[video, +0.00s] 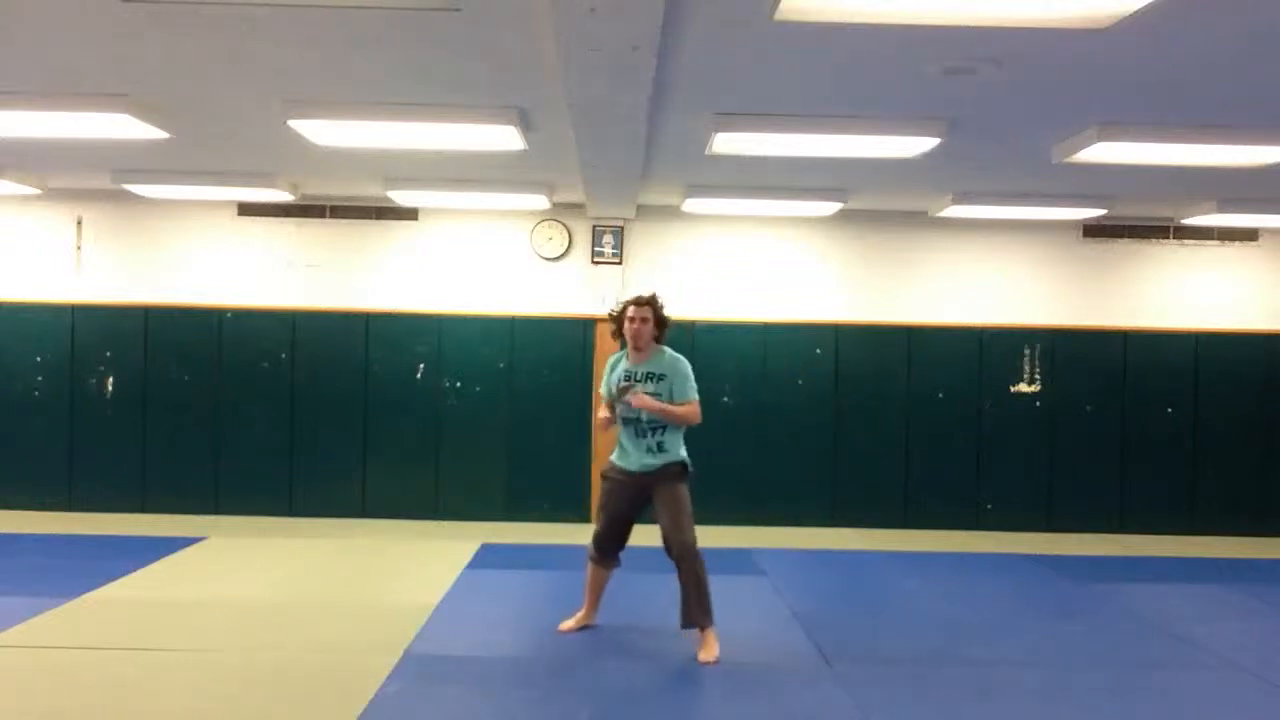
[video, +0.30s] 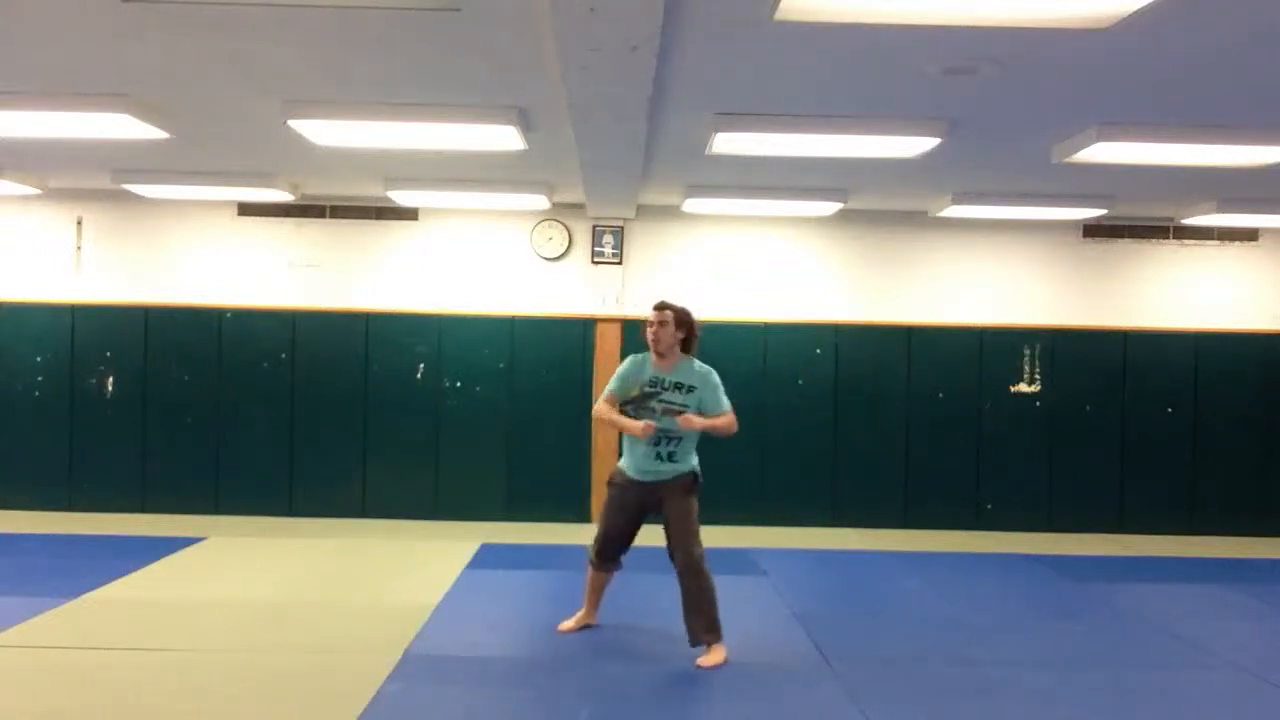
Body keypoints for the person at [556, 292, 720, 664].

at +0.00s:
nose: (635, 327)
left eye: (643, 321)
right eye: (630, 320)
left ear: (656, 327)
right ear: (623, 325)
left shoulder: (676, 364)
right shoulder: (614, 364)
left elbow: (693, 415)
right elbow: (604, 410)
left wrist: (653, 405)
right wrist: (607, 413)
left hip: (668, 466)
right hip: (624, 465)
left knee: (682, 546)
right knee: (604, 542)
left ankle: (706, 633)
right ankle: (588, 612)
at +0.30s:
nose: (653, 330)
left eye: (662, 325)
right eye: (650, 324)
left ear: (681, 332)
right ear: (646, 331)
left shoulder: (703, 376)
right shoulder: (633, 366)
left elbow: (730, 424)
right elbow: (600, 409)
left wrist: (701, 423)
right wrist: (630, 425)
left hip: (678, 479)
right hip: (631, 476)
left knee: (688, 558)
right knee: (604, 549)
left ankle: (713, 643)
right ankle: (588, 612)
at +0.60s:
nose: (640, 332)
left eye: (647, 326)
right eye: (640, 326)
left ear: (670, 332)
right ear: (646, 333)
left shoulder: (706, 370)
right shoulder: (634, 367)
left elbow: (729, 411)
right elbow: (620, 415)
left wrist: (731, 458)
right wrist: (655, 449)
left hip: (688, 477)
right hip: (641, 474)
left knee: (698, 557)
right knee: (613, 539)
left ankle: (714, 643)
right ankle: (631, 593)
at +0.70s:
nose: (623, 340)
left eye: (629, 334)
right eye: (623, 333)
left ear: (651, 339)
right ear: (634, 339)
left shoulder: (691, 372)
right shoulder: (620, 375)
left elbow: (719, 414)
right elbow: (598, 415)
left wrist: (732, 465)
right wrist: (626, 447)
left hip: (686, 478)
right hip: (640, 479)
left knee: (698, 558)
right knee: (621, 548)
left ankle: (714, 644)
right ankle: (645, 605)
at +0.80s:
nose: (600, 341)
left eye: (606, 334)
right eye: (600, 334)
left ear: (626, 339)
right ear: (616, 341)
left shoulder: (671, 368)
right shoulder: (606, 371)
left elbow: (715, 392)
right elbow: (570, 396)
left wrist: (730, 444)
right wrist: (607, 409)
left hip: (674, 467)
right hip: (638, 469)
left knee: (673, 548)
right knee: (628, 543)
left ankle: (706, 633)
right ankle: (648, 610)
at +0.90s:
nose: (579, 345)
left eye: (585, 339)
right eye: (580, 339)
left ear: (607, 344)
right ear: (597, 345)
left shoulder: (649, 363)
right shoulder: (595, 378)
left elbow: (701, 377)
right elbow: (553, 396)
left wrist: (720, 426)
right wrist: (579, 402)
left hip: (670, 463)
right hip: (642, 467)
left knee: (630, 535)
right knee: (630, 533)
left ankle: (677, 617)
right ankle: (651, 601)